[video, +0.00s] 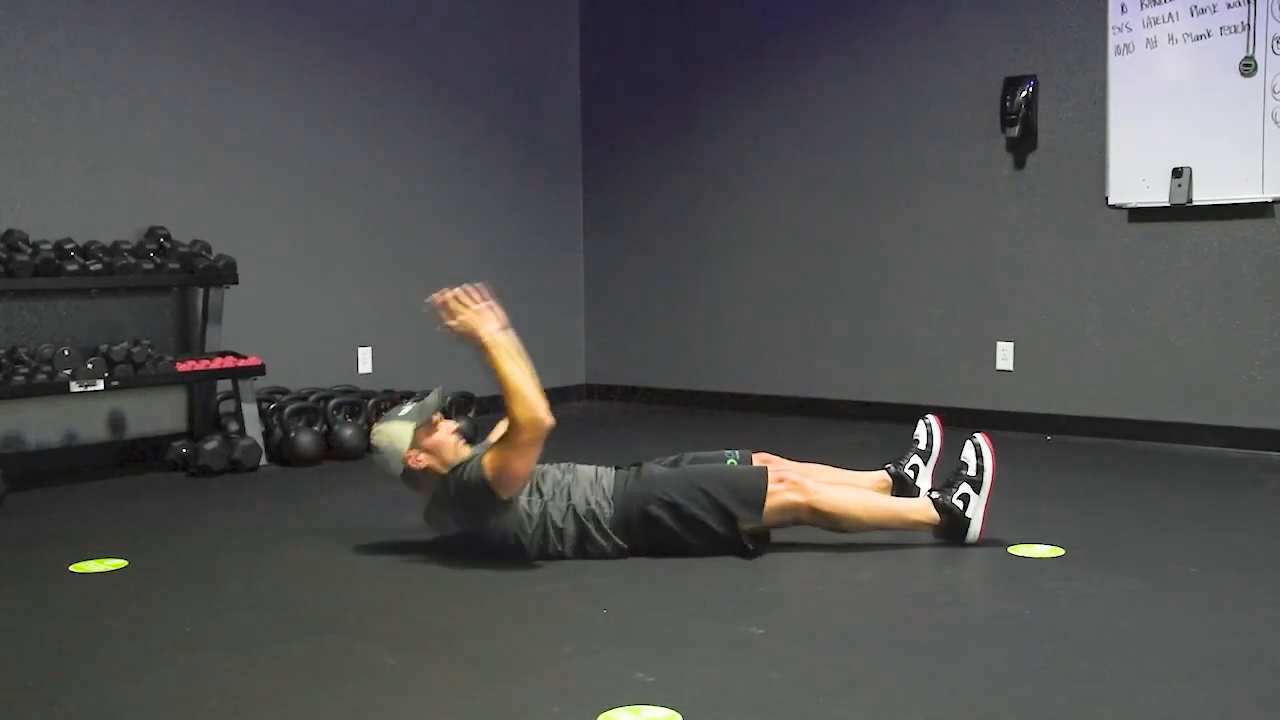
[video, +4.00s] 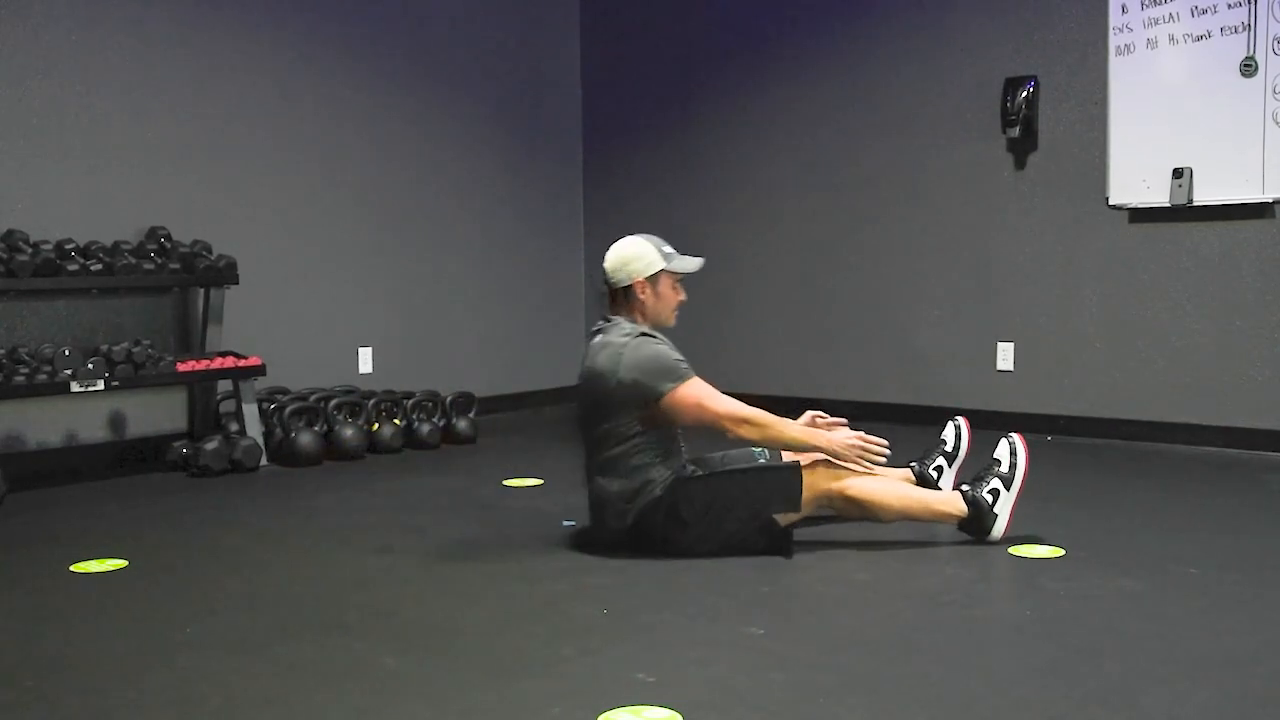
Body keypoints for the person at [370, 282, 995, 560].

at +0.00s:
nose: (448, 427)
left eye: (438, 422)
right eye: (432, 431)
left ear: (435, 444)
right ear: (418, 462)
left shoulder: (467, 474)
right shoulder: (463, 493)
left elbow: (527, 419)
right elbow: (531, 420)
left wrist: (496, 331)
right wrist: (491, 333)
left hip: (626, 488)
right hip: (624, 510)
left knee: (771, 465)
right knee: (790, 488)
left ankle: (898, 483)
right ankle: (943, 515)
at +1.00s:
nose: (546, 332)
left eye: (539, 323)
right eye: (533, 327)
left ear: (510, 345)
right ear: (506, 348)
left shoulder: (536, 388)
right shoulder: (526, 409)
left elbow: (631, 394)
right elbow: (636, 421)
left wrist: (711, 376)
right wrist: (732, 394)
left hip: (642, 487)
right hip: (635, 511)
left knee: (789, 458)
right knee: (804, 476)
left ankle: (914, 478)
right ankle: (957, 500)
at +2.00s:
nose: (576, 313)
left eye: (570, 304)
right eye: (564, 307)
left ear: (541, 325)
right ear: (536, 327)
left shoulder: (561, 374)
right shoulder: (551, 394)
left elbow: (649, 398)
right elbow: (663, 429)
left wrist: (720, 365)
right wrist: (747, 379)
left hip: (660, 477)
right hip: (647, 505)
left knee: (796, 462)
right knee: (812, 485)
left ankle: (920, 477)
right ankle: (970, 513)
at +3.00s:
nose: (395, 468)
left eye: (386, 466)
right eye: (383, 472)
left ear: (396, 475)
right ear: (386, 497)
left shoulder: (439, 493)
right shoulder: (436, 523)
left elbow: (445, 407)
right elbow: (444, 412)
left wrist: (357, 415)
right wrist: (354, 423)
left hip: (624, 485)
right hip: (622, 513)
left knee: (764, 458)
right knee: (785, 484)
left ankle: (894, 488)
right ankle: (938, 516)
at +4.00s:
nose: (681, 292)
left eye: (678, 281)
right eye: (672, 281)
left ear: (637, 289)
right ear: (642, 288)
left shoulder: (623, 343)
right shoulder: (635, 352)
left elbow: (716, 408)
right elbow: (726, 418)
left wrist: (794, 424)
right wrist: (818, 444)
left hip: (647, 495)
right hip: (650, 510)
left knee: (808, 459)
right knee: (828, 482)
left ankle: (923, 480)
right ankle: (974, 508)